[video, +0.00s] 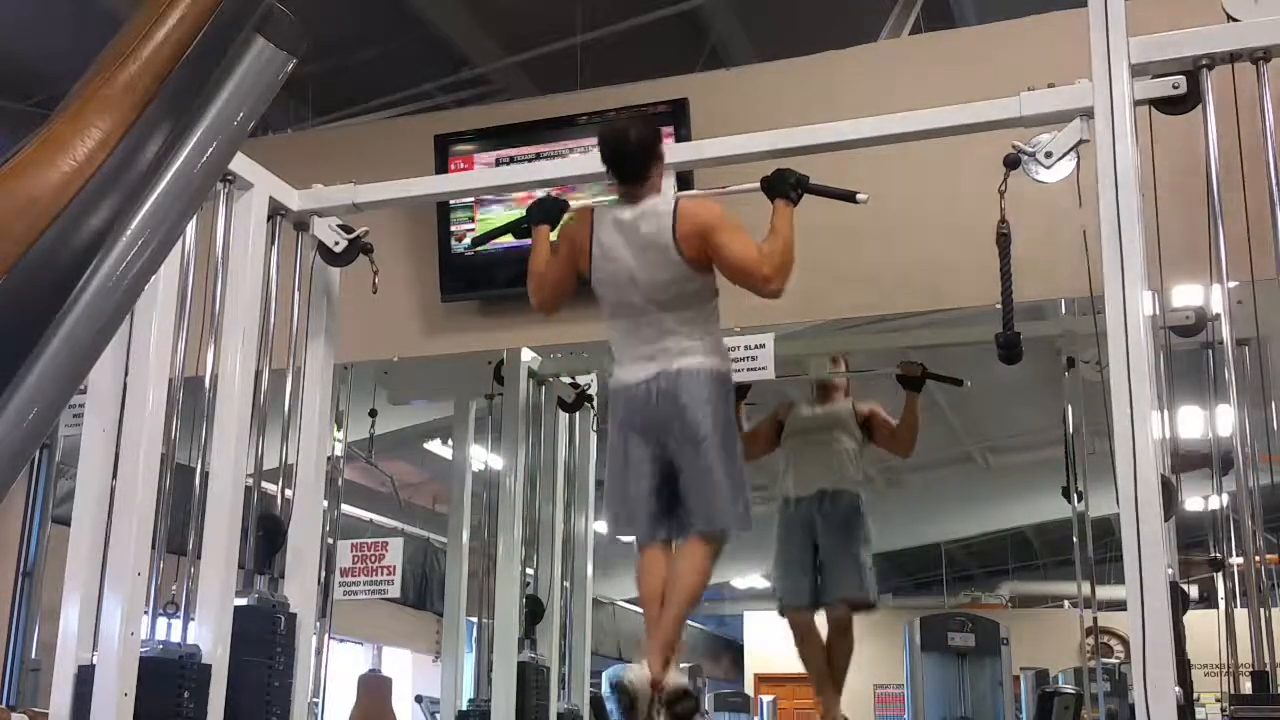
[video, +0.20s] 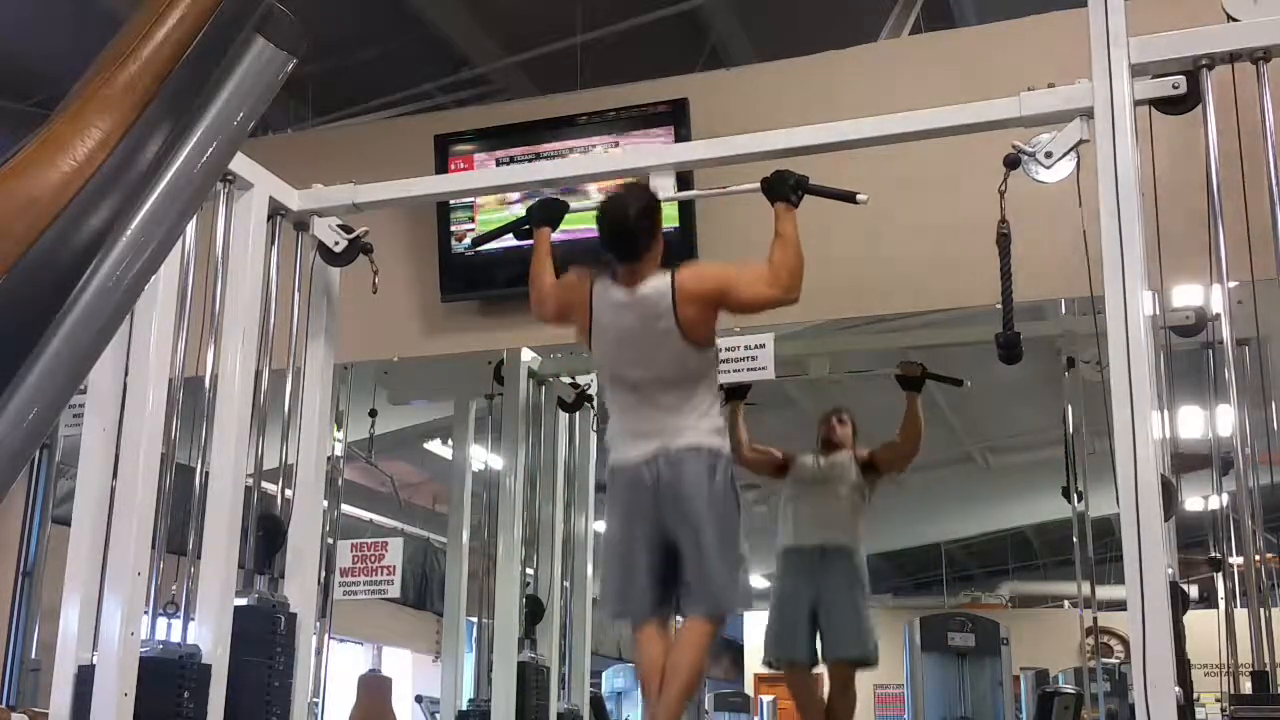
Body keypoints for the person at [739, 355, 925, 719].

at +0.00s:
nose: (828, 370)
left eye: (836, 366)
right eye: (822, 365)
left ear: (847, 379)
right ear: (811, 376)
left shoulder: (862, 411)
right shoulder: (789, 412)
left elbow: (902, 445)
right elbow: (750, 450)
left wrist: (912, 394)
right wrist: (737, 405)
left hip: (842, 510)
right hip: (793, 514)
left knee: (840, 613)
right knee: (797, 615)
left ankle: (830, 706)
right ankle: (829, 707)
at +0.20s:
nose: (834, 422)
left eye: (842, 420)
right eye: (829, 419)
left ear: (853, 434)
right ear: (818, 433)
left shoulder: (861, 463)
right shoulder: (795, 463)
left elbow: (906, 448)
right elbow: (744, 453)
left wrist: (912, 395)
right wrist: (736, 404)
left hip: (841, 564)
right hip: (794, 565)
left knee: (842, 667)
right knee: (794, 667)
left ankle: (838, 714)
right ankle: (817, 715)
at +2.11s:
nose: (825, 395)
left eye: (834, 391)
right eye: (820, 391)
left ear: (848, 402)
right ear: (813, 403)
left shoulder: (861, 431)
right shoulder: (793, 436)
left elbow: (908, 445)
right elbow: (742, 451)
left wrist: (913, 393)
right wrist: (737, 404)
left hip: (843, 535)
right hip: (795, 536)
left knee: (841, 639)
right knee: (785, 635)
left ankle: (826, 715)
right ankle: (815, 713)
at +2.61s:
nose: (828, 439)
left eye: (836, 436)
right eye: (822, 436)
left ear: (849, 448)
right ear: (813, 447)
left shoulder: (861, 477)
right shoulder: (792, 476)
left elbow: (908, 447)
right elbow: (744, 458)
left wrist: (912, 393)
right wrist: (735, 404)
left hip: (842, 583)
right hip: (792, 583)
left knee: (850, 691)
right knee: (790, 692)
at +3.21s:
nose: (828, 400)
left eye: (836, 398)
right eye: (822, 398)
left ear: (848, 413)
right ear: (813, 412)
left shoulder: (859, 441)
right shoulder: (792, 443)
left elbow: (910, 446)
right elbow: (740, 451)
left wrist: (912, 392)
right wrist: (735, 405)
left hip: (839, 543)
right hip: (791, 543)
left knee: (838, 646)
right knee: (781, 643)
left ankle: (829, 717)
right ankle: (811, 715)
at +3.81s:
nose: (830, 445)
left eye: (838, 441)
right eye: (825, 442)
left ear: (851, 454)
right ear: (815, 454)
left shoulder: (861, 482)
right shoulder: (791, 481)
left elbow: (907, 450)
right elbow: (740, 455)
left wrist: (912, 395)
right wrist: (736, 402)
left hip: (842, 591)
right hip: (791, 591)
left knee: (850, 697)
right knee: (789, 698)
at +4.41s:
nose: (826, 394)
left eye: (834, 391)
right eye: (820, 393)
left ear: (847, 405)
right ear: (812, 406)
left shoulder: (860, 432)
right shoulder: (792, 435)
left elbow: (909, 446)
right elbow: (741, 450)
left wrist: (912, 393)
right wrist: (736, 406)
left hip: (842, 533)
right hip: (793, 534)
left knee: (845, 637)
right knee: (785, 636)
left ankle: (832, 715)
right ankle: (822, 714)